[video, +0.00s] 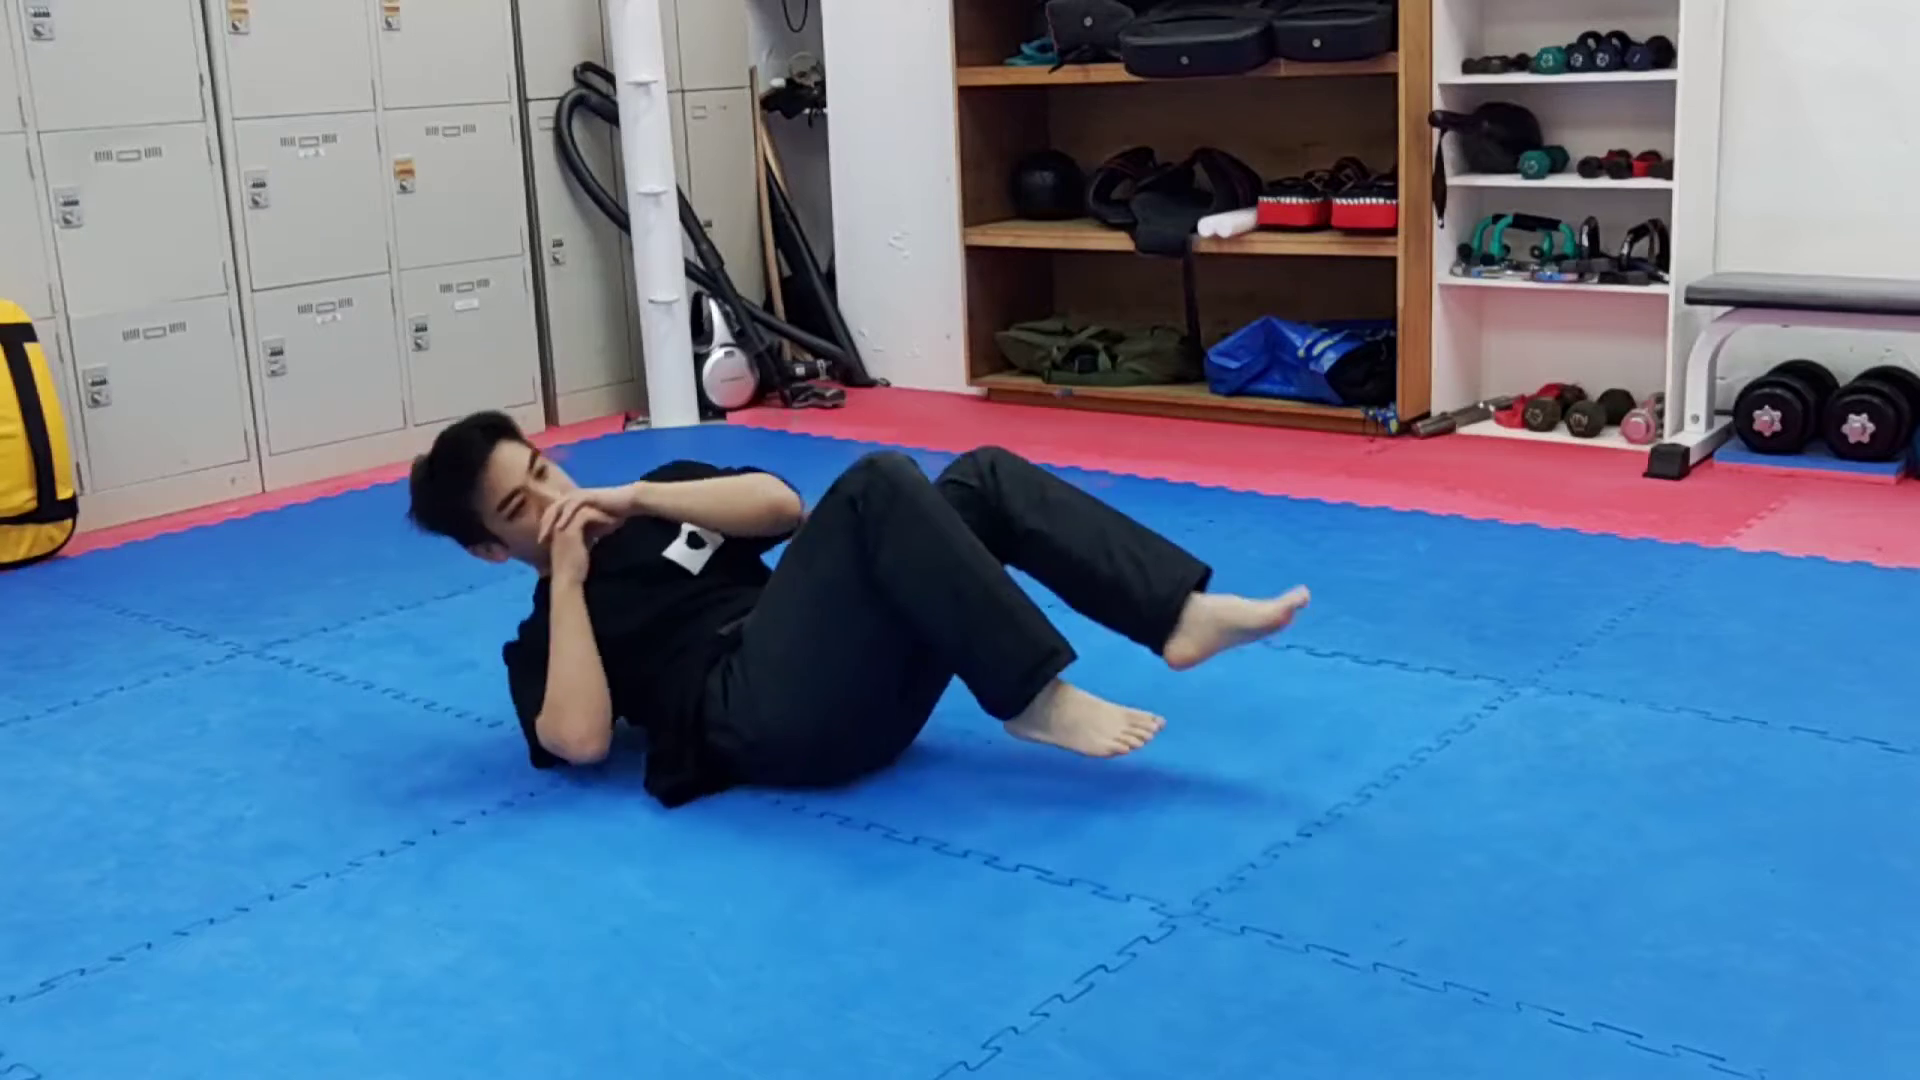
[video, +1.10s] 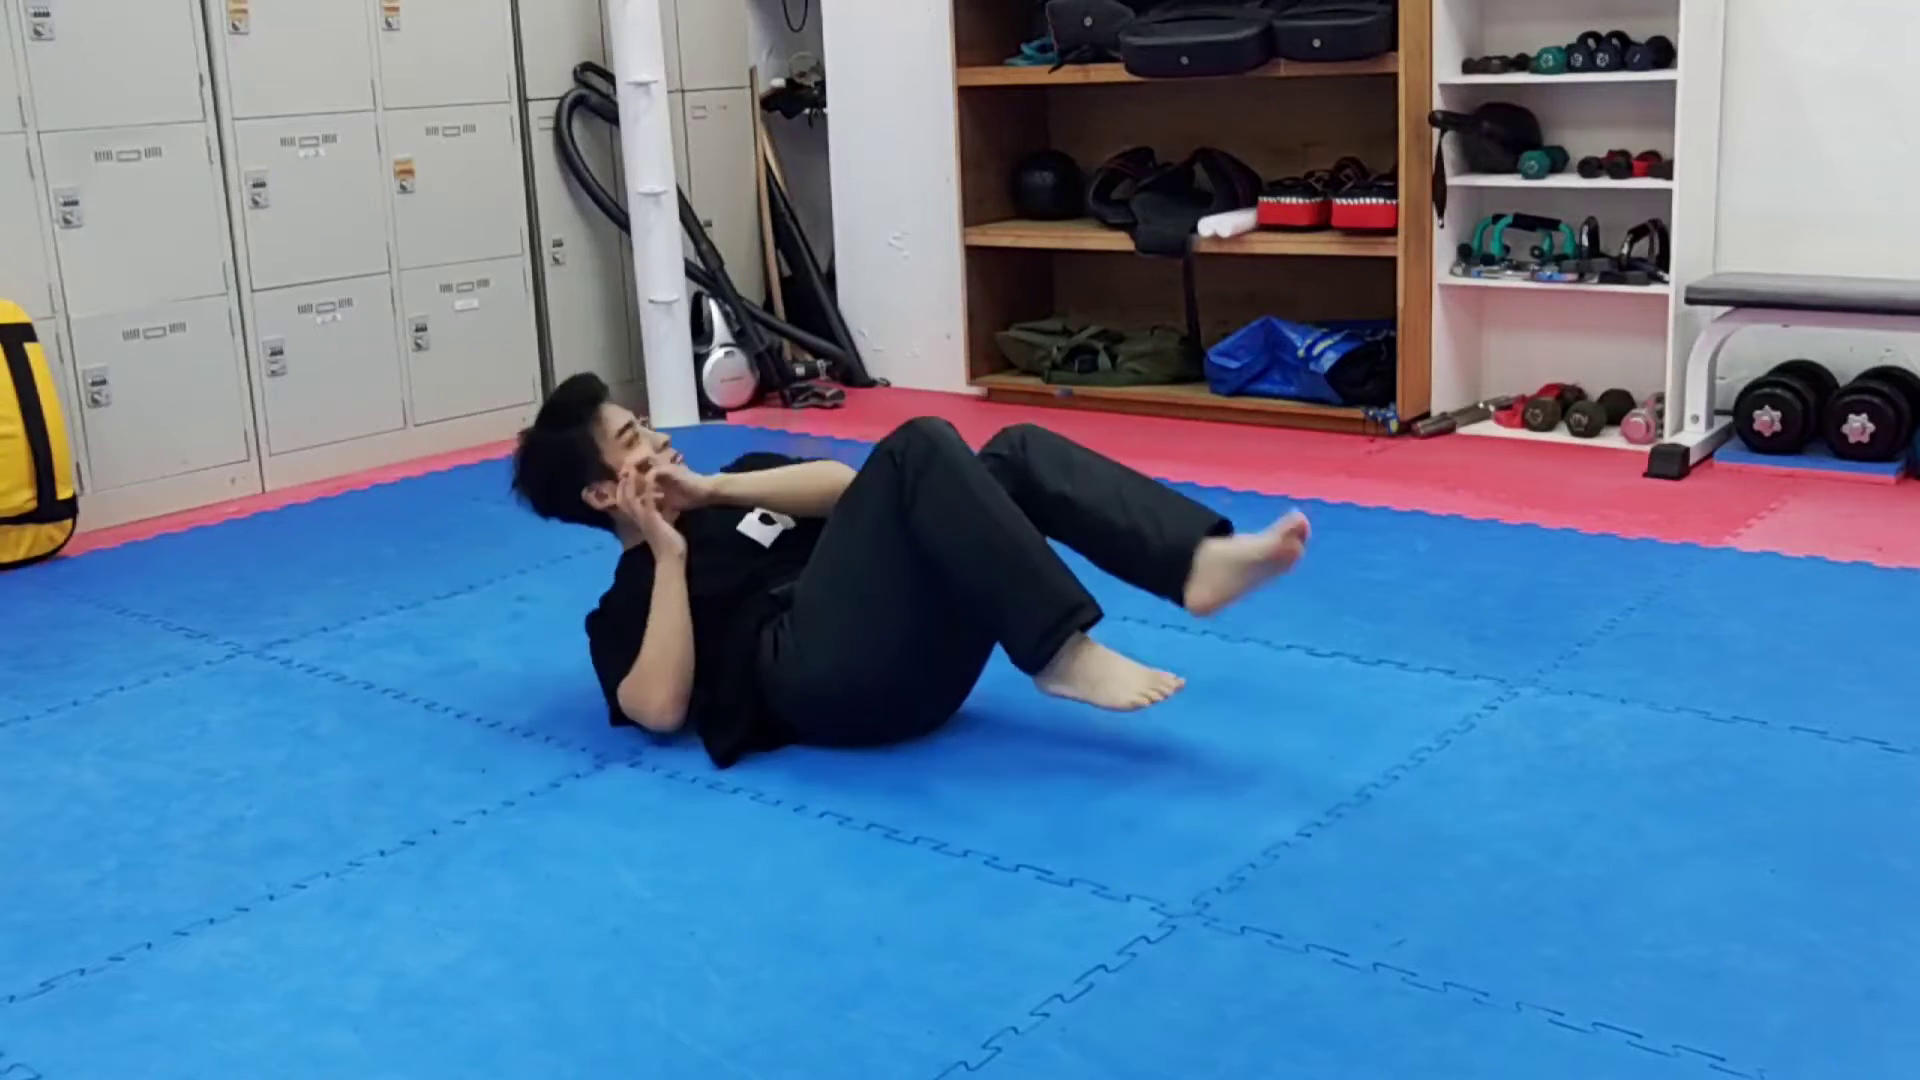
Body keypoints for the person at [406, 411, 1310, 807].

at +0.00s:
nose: (543, 498)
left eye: (535, 475)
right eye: (514, 506)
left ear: (554, 460)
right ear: (490, 543)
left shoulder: (652, 511)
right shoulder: (534, 635)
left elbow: (788, 507)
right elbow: (579, 742)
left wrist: (637, 500)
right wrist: (564, 585)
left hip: (864, 681)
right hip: (775, 730)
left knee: (983, 476)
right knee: (878, 480)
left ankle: (1179, 616)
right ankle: (1035, 697)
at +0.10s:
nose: (532, 514)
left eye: (524, 494)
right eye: (503, 523)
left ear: (539, 482)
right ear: (476, 563)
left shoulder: (638, 529)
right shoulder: (521, 659)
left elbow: (763, 505)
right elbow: (572, 739)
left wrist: (610, 497)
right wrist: (545, 588)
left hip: (853, 670)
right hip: (767, 720)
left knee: (933, 451)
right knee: (845, 458)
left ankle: (1133, 541)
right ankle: (1007, 653)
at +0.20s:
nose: (531, 533)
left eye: (529, 510)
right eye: (499, 538)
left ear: (545, 512)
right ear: (470, 583)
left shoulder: (634, 559)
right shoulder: (504, 676)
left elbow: (745, 519)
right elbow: (546, 724)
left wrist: (603, 496)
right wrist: (533, 570)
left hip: (835, 662)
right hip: (750, 707)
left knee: (853, 418)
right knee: (787, 433)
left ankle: (1074, 470)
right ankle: (985, 595)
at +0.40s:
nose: (535, 532)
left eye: (533, 518)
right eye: (505, 530)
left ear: (549, 530)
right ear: (469, 586)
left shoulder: (629, 581)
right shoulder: (492, 667)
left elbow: (746, 537)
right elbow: (556, 629)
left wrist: (665, 492)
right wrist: (580, 504)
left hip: (815, 626)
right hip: (745, 687)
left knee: (785, 371)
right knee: (720, 432)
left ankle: (1019, 444)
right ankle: (966, 528)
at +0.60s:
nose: (591, 495)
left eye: (585, 482)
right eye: (561, 489)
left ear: (599, 504)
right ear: (516, 536)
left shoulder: (646, 577)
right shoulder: (518, 621)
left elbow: (756, 600)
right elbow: (625, 598)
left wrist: (717, 501)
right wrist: (676, 504)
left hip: (861, 662)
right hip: (787, 710)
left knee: (861, 426)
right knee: (765, 474)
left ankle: (1055, 542)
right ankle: (998, 604)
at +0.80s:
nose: (662, 432)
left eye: (654, 417)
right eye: (635, 426)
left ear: (655, 437)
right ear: (586, 469)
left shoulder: (721, 519)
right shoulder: (569, 568)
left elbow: (842, 550)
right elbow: (635, 621)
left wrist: (767, 485)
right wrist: (703, 496)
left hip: (897, 669)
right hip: (804, 702)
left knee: (977, 454)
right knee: (872, 456)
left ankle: (1136, 619)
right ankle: (1031, 661)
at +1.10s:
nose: (647, 454)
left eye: (639, 434)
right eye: (620, 458)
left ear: (657, 431)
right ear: (594, 499)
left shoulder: (747, 483)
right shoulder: (621, 611)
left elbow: (863, 488)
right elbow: (658, 709)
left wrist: (721, 492)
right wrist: (664, 555)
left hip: (921, 645)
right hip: (833, 690)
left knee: (1019, 451)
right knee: (918, 446)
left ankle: (1194, 563)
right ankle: (1059, 652)